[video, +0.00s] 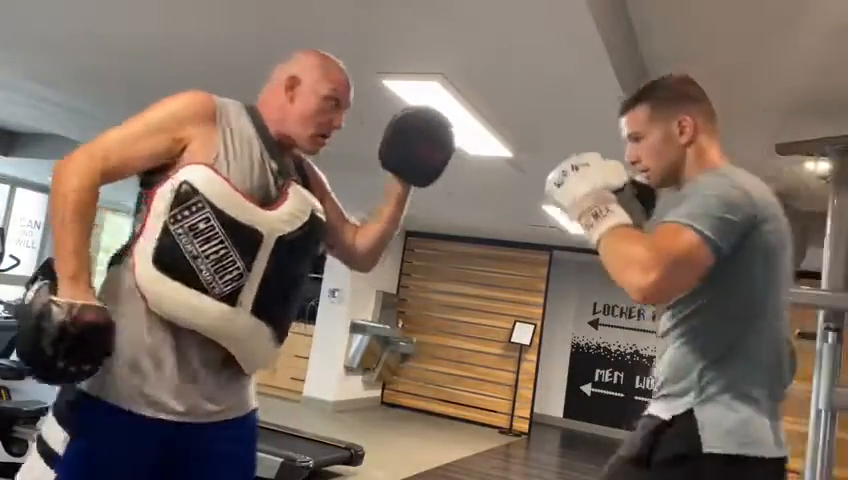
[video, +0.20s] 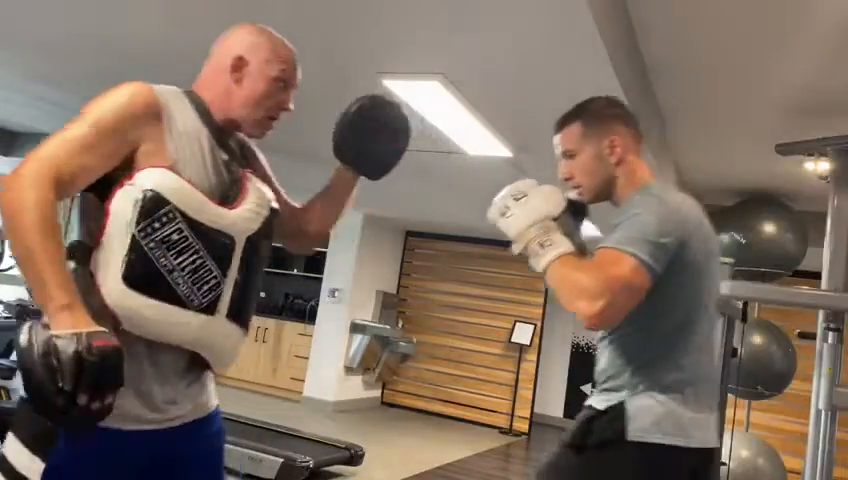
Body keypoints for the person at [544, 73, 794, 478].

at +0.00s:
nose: (630, 157)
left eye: (638, 139)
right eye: (628, 143)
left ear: (684, 129)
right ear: (685, 130)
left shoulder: (728, 190)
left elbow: (649, 276)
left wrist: (594, 210)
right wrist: (629, 219)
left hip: (715, 439)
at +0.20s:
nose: (564, 173)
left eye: (571, 156)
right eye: (562, 160)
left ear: (614, 149)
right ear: (615, 150)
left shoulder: (661, 210)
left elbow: (595, 302)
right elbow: (606, 292)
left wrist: (539, 238)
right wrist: (569, 240)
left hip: (649, 436)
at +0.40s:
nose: (526, 176)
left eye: (529, 163)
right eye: (523, 166)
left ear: (567, 149)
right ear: (568, 150)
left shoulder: (604, 202)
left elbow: (520, 270)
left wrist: (493, 201)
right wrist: (523, 209)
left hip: (600, 405)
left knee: (526, 471)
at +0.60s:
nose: (518, 173)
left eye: (522, 159)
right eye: (515, 162)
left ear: (556, 152)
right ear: (557, 152)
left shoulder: (584, 201)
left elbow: (511, 254)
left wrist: (489, 192)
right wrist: (511, 198)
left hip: (576, 392)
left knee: (529, 472)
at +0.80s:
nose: (518, 200)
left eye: (525, 188)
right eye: (517, 191)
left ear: (561, 187)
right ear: (559, 188)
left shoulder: (596, 240)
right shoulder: (558, 245)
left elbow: (554, 292)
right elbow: (525, 316)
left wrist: (517, 241)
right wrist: (510, 269)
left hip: (571, 406)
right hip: (550, 400)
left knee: (519, 472)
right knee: (517, 471)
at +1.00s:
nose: (534, 166)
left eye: (544, 154)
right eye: (532, 155)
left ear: (578, 157)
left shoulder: (611, 208)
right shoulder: (550, 213)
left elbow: (603, 267)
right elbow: (516, 280)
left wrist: (556, 218)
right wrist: (509, 233)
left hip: (576, 365)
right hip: (544, 362)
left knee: (532, 471)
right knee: (530, 469)